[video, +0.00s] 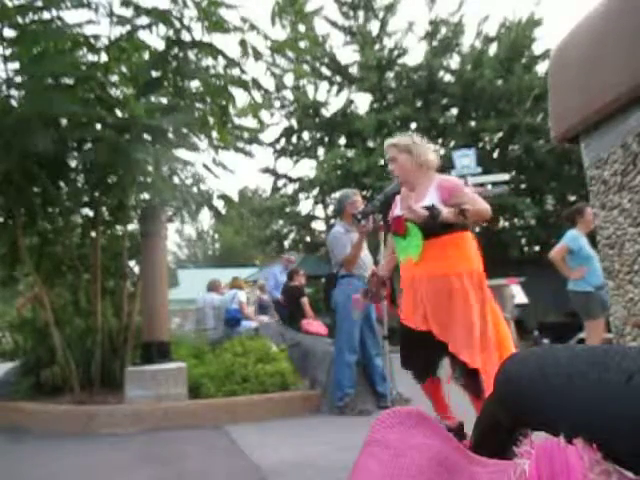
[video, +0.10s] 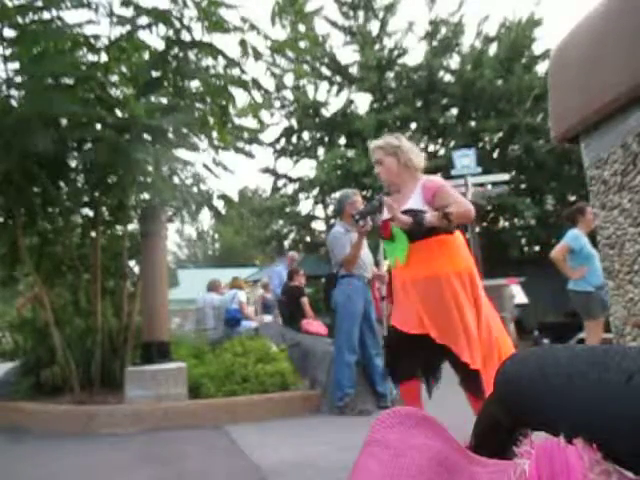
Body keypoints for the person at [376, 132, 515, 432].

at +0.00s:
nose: (391, 168)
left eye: (394, 160)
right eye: (389, 162)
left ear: (416, 158)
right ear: (398, 165)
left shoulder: (446, 185)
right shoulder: (399, 201)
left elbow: (483, 212)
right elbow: (393, 246)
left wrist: (439, 215)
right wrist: (381, 273)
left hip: (458, 287)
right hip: (419, 292)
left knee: (466, 366)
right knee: (417, 360)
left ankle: (491, 425)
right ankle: (448, 421)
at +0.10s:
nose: (376, 172)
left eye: (380, 164)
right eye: (375, 165)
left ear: (399, 160)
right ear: (396, 164)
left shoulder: (431, 186)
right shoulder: (387, 202)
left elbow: (467, 211)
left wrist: (436, 218)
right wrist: (371, 226)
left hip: (449, 288)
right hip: (409, 294)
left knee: (467, 362)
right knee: (401, 360)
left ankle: (492, 430)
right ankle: (415, 432)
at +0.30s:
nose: (338, 176)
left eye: (342, 169)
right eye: (336, 170)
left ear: (362, 167)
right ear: (348, 173)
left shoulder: (385, 188)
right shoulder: (357, 205)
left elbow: (419, 211)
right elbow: (369, 240)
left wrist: (384, 232)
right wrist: (351, 238)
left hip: (412, 295)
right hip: (376, 301)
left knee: (442, 366)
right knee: (366, 369)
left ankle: (487, 428)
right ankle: (385, 443)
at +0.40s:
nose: (315, 179)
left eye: (319, 171)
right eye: (314, 173)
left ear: (338, 169)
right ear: (329, 174)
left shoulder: (362, 191)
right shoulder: (341, 203)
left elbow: (397, 215)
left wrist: (368, 241)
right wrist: (339, 246)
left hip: (385, 311)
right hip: (357, 315)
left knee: (400, 380)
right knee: (359, 388)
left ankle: (463, 414)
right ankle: (386, 448)